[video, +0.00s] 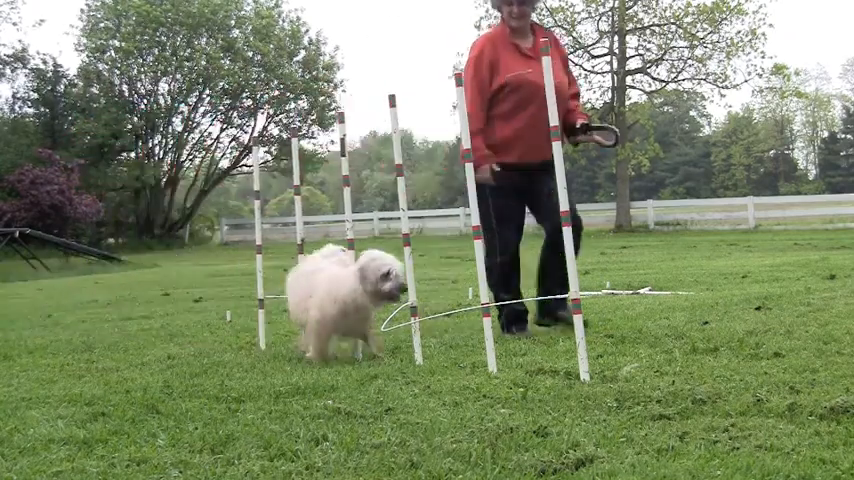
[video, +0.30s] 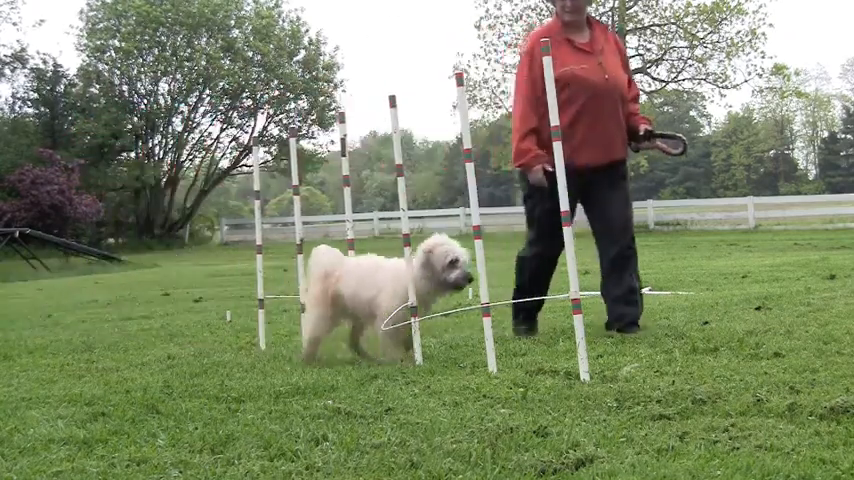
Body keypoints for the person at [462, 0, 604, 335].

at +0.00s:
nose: (517, 6)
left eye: (523, 0)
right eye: (509, 1)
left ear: (534, 4)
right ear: (498, 6)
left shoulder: (550, 43)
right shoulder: (485, 49)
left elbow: (569, 92)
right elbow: (473, 108)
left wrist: (577, 122)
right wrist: (479, 156)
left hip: (545, 164)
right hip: (501, 168)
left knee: (566, 225)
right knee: (504, 246)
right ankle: (512, 320)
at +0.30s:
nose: (569, 2)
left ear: (589, 1)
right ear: (552, 2)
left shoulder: (610, 39)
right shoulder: (539, 43)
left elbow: (627, 93)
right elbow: (525, 104)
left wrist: (637, 124)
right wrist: (529, 156)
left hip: (607, 164)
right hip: (554, 165)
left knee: (619, 244)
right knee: (543, 247)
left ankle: (624, 322)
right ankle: (525, 319)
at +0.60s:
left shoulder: (657, 17)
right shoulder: (577, 19)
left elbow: (682, 68)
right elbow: (554, 83)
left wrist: (688, 100)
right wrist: (543, 139)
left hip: (644, 144)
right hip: (590, 143)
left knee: (641, 234)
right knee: (617, 230)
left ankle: (622, 319)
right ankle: (637, 320)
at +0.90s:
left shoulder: (685, 10)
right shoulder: (599, 17)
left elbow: (712, 67)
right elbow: (580, 87)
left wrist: (709, 103)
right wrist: (577, 143)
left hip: (675, 148)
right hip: (616, 152)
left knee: (688, 222)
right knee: (630, 237)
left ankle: (685, 312)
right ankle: (644, 325)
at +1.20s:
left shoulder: (714, 6)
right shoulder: (616, 7)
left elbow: (741, 60)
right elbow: (597, 71)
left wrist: (734, 97)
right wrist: (592, 128)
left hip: (700, 139)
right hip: (631, 142)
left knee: (706, 234)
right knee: (634, 238)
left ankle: (717, 326)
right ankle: (643, 328)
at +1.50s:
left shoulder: (731, 4)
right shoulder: (628, 5)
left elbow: (760, 51)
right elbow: (613, 64)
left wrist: (751, 89)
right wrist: (608, 122)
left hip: (719, 134)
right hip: (649, 138)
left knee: (721, 235)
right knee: (644, 238)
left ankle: (719, 326)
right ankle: (644, 323)